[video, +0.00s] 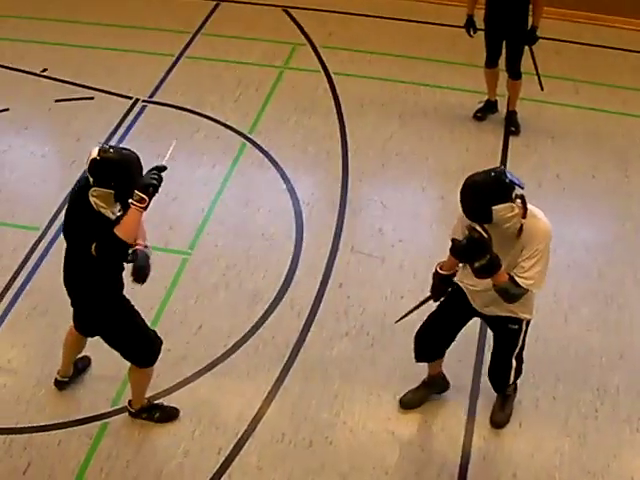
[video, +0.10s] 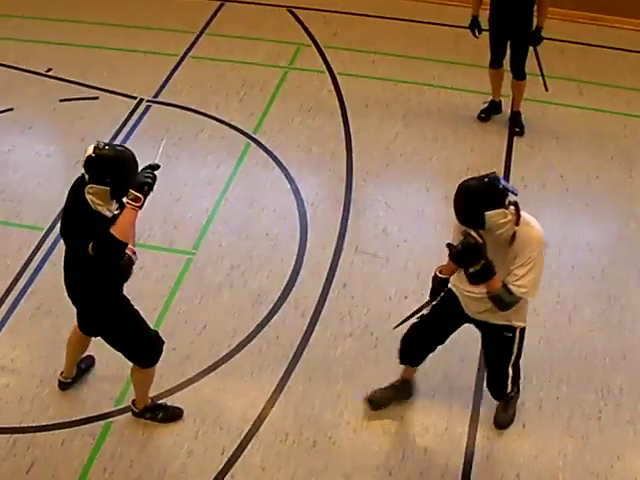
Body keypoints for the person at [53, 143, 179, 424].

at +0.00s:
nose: (127, 195)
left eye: (127, 190)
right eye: (124, 189)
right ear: (112, 188)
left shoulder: (103, 186)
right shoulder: (82, 212)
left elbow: (134, 217)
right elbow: (115, 249)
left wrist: (140, 248)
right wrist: (140, 202)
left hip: (83, 278)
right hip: (97, 294)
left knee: (82, 325)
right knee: (147, 347)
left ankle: (65, 372)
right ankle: (138, 405)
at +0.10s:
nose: (126, 191)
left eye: (128, 185)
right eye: (125, 186)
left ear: (97, 174)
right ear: (109, 187)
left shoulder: (85, 187)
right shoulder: (83, 219)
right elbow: (107, 255)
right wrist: (135, 201)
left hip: (82, 282)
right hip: (98, 297)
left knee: (85, 327)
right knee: (148, 348)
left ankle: (68, 373)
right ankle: (142, 405)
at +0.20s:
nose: (119, 189)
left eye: (121, 182)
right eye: (118, 183)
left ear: (94, 175)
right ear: (104, 185)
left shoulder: (82, 187)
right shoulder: (75, 218)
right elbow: (101, 252)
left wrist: (129, 190)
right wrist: (129, 202)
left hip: (82, 282)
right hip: (95, 296)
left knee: (85, 325)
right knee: (146, 349)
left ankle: (67, 373)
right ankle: (142, 405)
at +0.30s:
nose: (115, 187)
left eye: (115, 182)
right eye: (112, 182)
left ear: (88, 175)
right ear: (101, 184)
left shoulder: (79, 189)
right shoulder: (73, 216)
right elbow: (102, 250)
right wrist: (128, 202)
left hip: (77, 282)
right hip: (92, 296)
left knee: (87, 323)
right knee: (145, 350)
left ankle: (67, 373)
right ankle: (142, 405)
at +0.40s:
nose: (116, 187)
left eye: (116, 181)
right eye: (115, 183)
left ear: (86, 172)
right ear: (104, 186)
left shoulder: (71, 186)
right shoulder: (83, 219)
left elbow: (107, 208)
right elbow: (116, 258)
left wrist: (120, 233)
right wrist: (148, 206)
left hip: (65, 280)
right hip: (87, 295)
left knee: (83, 321)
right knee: (141, 350)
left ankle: (67, 373)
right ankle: (143, 405)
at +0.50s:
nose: (124, 189)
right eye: (123, 184)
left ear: (92, 174)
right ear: (111, 190)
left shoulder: (70, 186)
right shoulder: (103, 225)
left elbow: (96, 203)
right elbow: (159, 254)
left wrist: (124, 213)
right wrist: (201, 214)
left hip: (54, 277)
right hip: (83, 296)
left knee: (79, 315)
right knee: (137, 347)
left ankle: (69, 365)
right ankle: (147, 405)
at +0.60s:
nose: (127, 195)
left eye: (128, 190)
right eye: (125, 191)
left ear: (89, 180)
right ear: (109, 197)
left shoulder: (66, 189)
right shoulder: (101, 231)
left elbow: (99, 206)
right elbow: (151, 272)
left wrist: (131, 202)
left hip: (50, 275)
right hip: (78, 295)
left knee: (67, 310)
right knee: (138, 345)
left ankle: (48, 360)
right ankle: (149, 405)